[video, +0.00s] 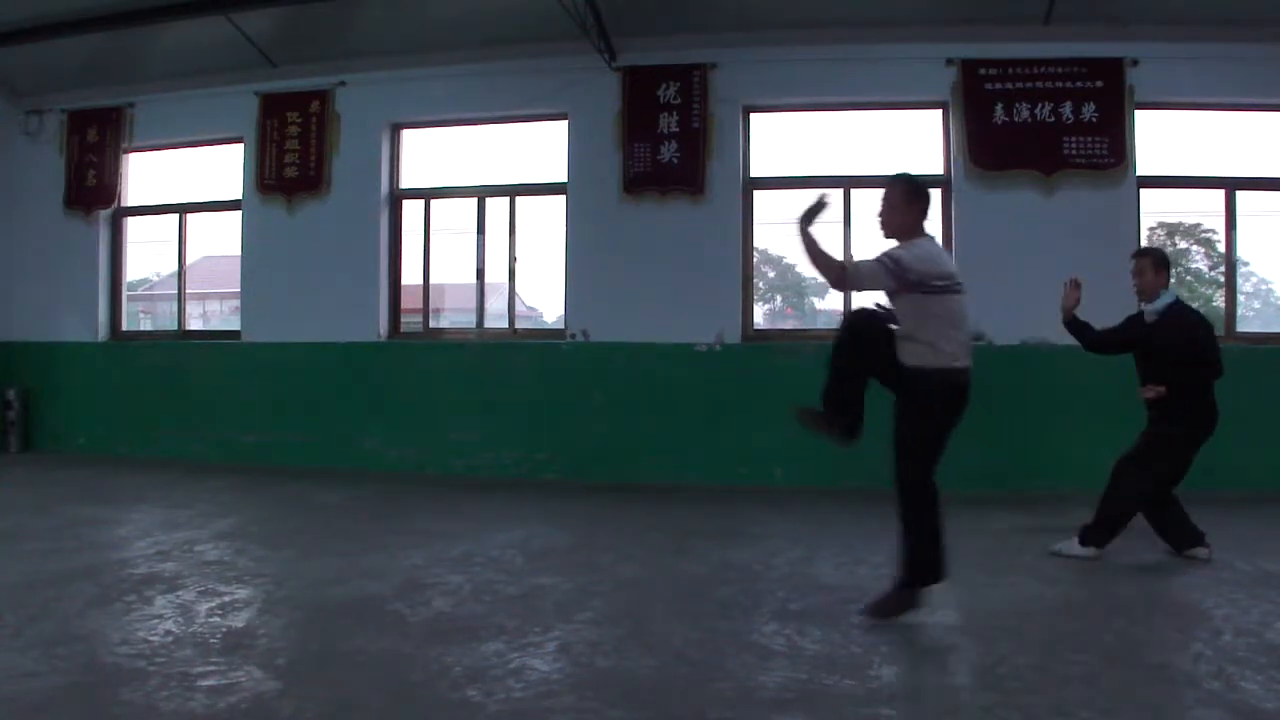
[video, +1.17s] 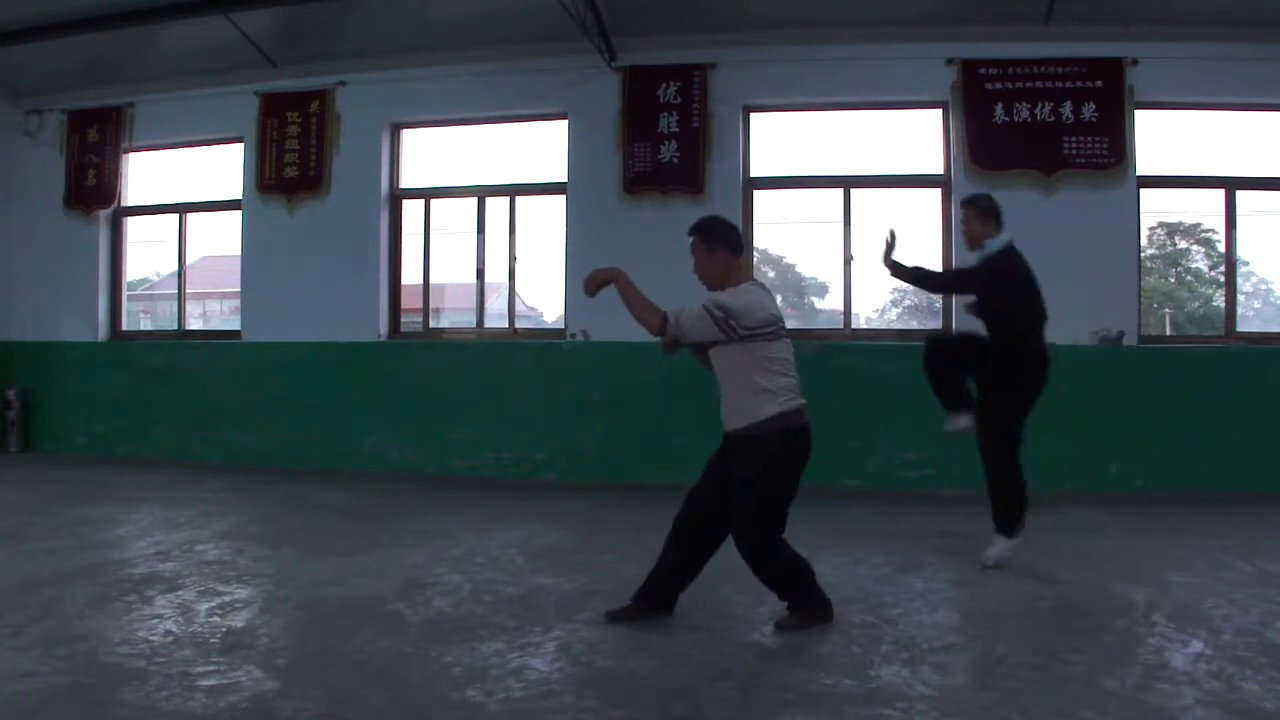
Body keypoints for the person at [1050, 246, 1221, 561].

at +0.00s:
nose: (1135, 282)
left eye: (1141, 275)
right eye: (1133, 276)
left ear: (1162, 277)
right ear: (1136, 278)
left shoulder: (1190, 321)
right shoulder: (1140, 323)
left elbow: (1212, 369)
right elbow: (1100, 343)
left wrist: (1168, 388)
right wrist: (1069, 316)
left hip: (1191, 418)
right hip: (1163, 417)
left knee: (1131, 471)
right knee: (1148, 482)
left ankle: (1091, 541)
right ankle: (1191, 544)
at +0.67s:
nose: (1094, 274)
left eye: (1101, 267)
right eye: (1093, 268)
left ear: (1124, 270)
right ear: (1097, 271)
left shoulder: (1149, 316)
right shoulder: (1098, 314)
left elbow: (1168, 365)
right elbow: (1060, 336)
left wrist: (1121, 370)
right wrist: (1029, 312)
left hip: (1144, 416)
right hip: (1118, 415)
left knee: (1092, 475)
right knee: (1139, 488)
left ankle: (1043, 538)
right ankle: (1189, 543)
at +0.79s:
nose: (1061, 273)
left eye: (1068, 266)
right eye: (1059, 266)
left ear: (1090, 269)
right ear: (1062, 269)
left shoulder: (1115, 317)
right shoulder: (1061, 313)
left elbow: (1131, 367)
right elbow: (1024, 336)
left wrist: (1087, 363)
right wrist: (994, 312)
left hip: (1109, 420)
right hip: (1084, 418)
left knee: (1053, 468)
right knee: (1128, 484)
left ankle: (1030, 545)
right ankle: (1187, 535)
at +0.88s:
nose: (1031, 268)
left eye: (1037, 261)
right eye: (1030, 261)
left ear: (1060, 265)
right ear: (1035, 265)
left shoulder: (1083, 312)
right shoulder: (1033, 308)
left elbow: (1092, 365)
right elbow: (999, 342)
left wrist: (1050, 351)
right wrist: (971, 321)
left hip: (1078, 413)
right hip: (1054, 411)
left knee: (1024, 470)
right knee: (1086, 481)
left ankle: (1023, 546)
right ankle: (1151, 511)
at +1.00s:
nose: (1001, 256)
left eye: (1006, 249)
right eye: (1001, 249)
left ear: (1026, 251)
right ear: (1027, 252)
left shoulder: (1037, 296)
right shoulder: (1040, 290)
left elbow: (1013, 346)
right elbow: (1037, 337)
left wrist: (975, 334)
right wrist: (1006, 316)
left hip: (1047, 402)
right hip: (1046, 398)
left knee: (1012, 468)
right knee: (1014, 464)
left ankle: (1020, 547)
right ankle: (1060, 506)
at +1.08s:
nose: (976, 241)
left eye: (981, 233)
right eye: (976, 234)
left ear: (1000, 234)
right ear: (1001, 234)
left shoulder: (1017, 276)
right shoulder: (1014, 272)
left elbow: (980, 306)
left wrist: (922, 283)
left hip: (1030, 381)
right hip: (1015, 373)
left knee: (1013, 458)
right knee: (952, 389)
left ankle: (1019, 543)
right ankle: (974, 450)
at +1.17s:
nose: (963, 230)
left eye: (967, 223)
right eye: (962, 223)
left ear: (987, 223)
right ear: (987, 224)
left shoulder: (1000, 267)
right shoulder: (999, 260)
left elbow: (945, 283)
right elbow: (1014, 312)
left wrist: (893, 266)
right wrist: (982, 308)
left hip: (1019, 365)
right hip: (1003, 355)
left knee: (996, 439)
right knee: (939, 349)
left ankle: (1008, 529)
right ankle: (962, 411)